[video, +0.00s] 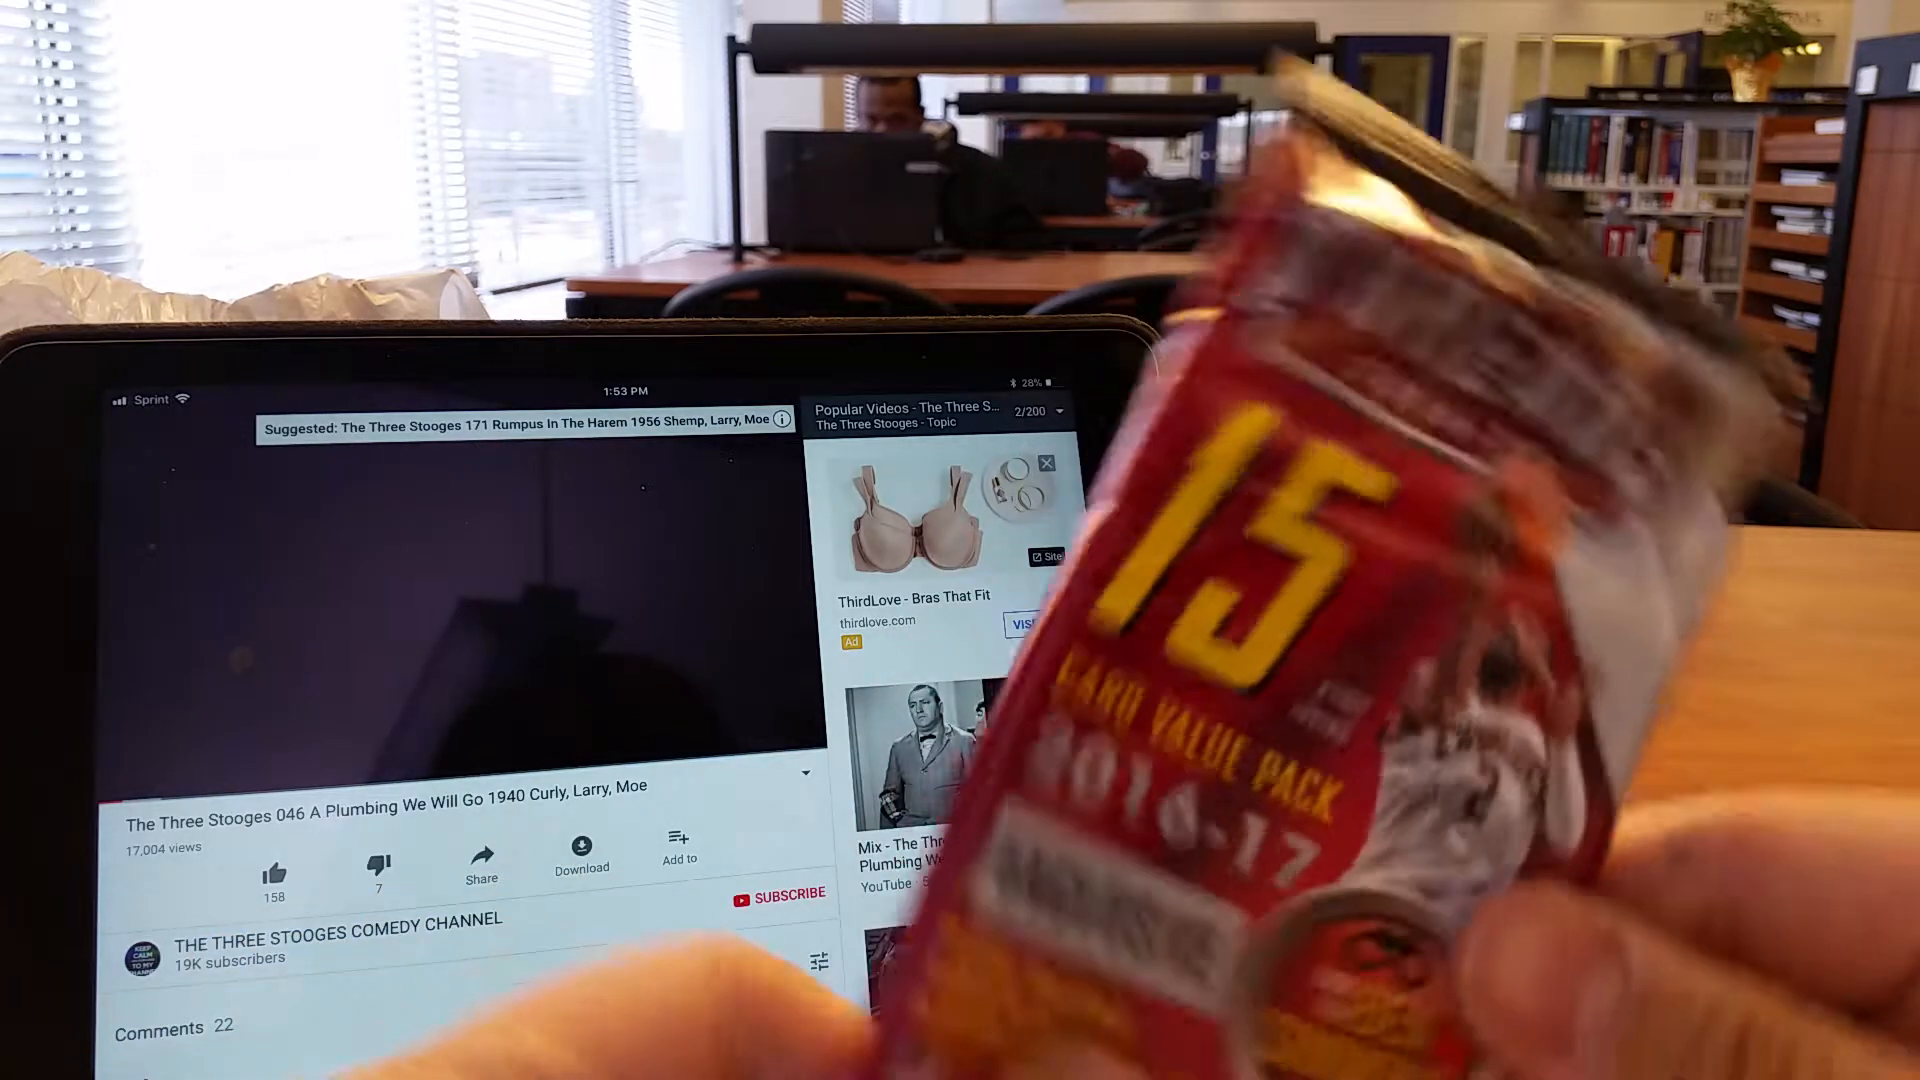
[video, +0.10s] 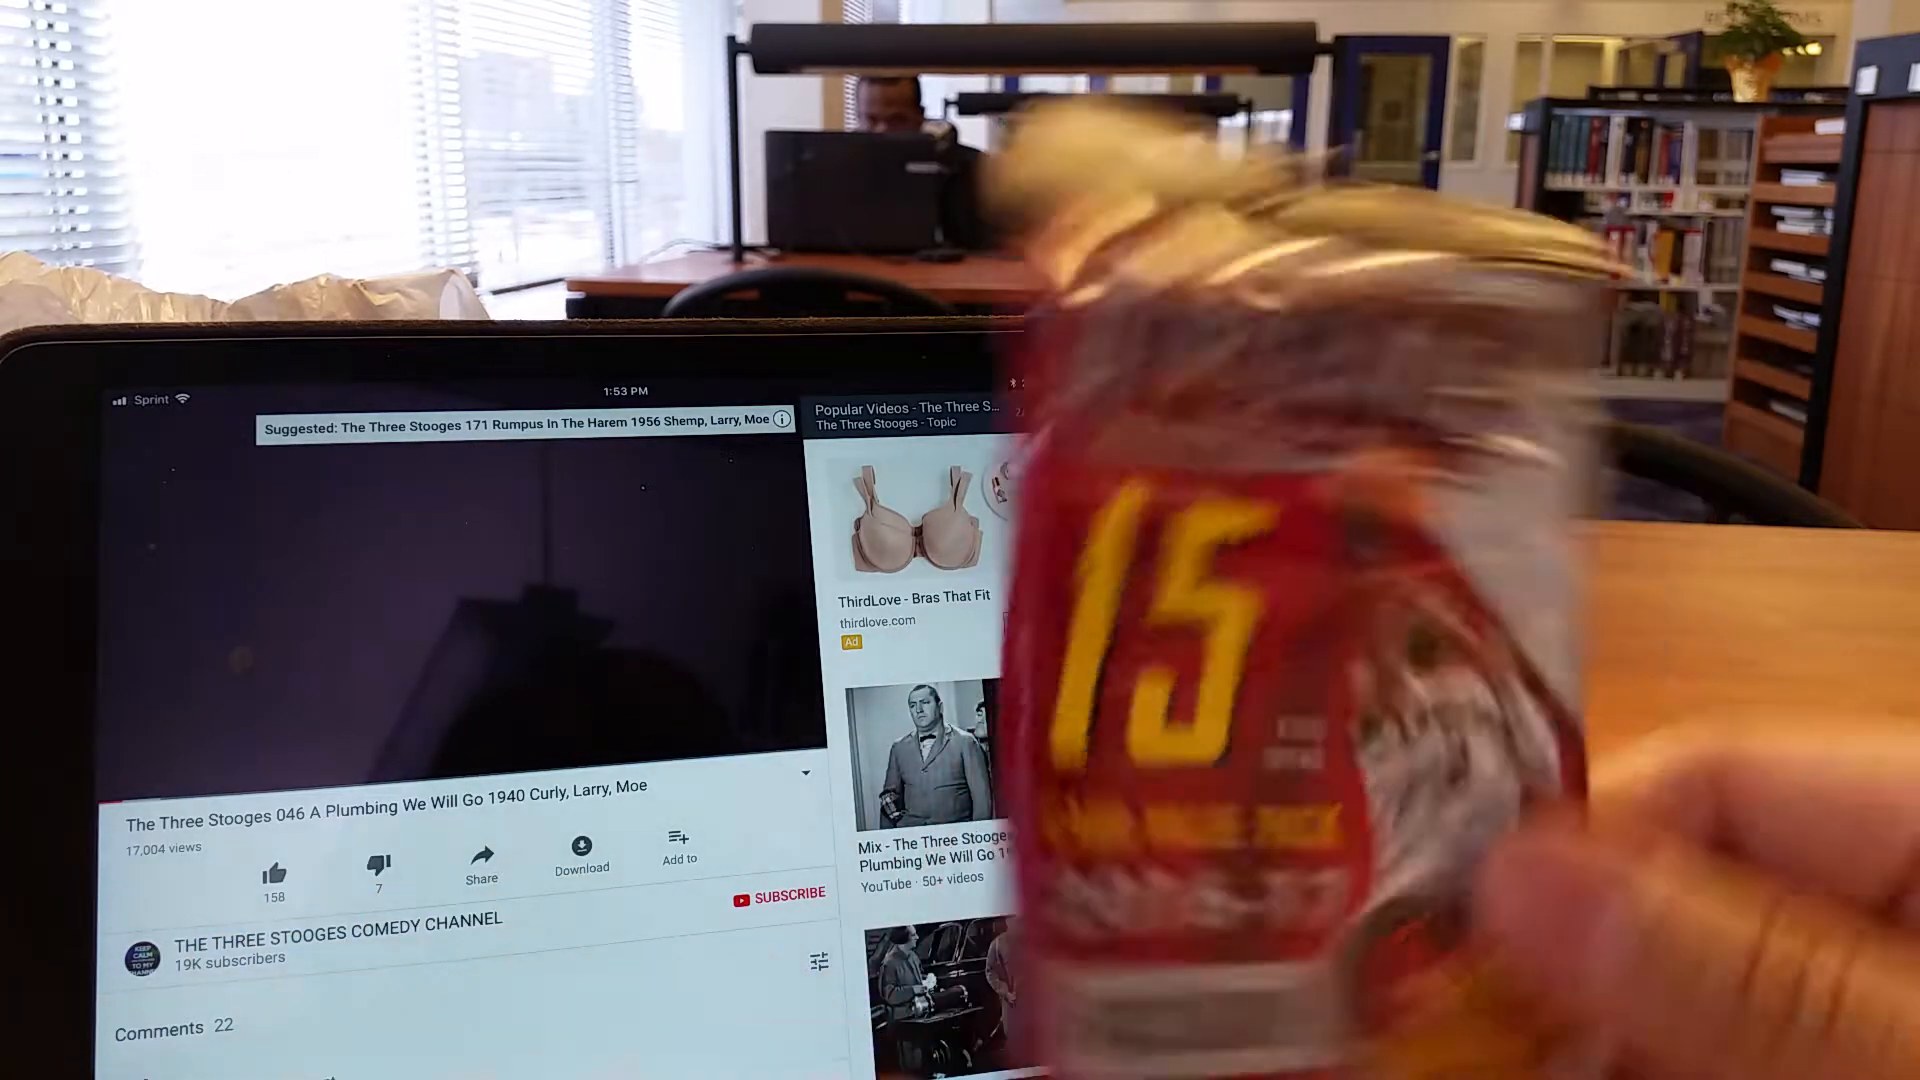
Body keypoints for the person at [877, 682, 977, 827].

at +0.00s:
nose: (919, 710)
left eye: (925, 703)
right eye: (913, 705)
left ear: (940, 707)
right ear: (910, 712)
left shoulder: (964, 742)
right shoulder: (899, 748)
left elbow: (974, 787)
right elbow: (890, 793)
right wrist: (901, 821)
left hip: (953, 826)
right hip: (911, 830)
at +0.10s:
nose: (919, 709)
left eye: (925, 703)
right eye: (913, 705)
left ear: (940, 707)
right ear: (909, 711)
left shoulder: (964, 742)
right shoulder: (899, 748)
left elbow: (981, 796)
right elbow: (890, 796)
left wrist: (978, 836)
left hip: (955, 832)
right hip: (911, 835)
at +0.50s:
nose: (919, 710)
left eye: (925, 703)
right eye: (913, 705)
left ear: (940, 707)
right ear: (909, 711)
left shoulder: (964, 742)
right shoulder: (899, 748)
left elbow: (980, 793)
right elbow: (890, 795)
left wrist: (979, 833)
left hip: (956, 832)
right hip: (912, 836)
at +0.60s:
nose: (919, 709)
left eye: (925, 702)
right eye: (913, 705)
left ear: (939, 706)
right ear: (909, 710)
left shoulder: (953, 742)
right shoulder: (899, 748)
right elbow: (890, 792)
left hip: (949, 826)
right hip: (911, 829)